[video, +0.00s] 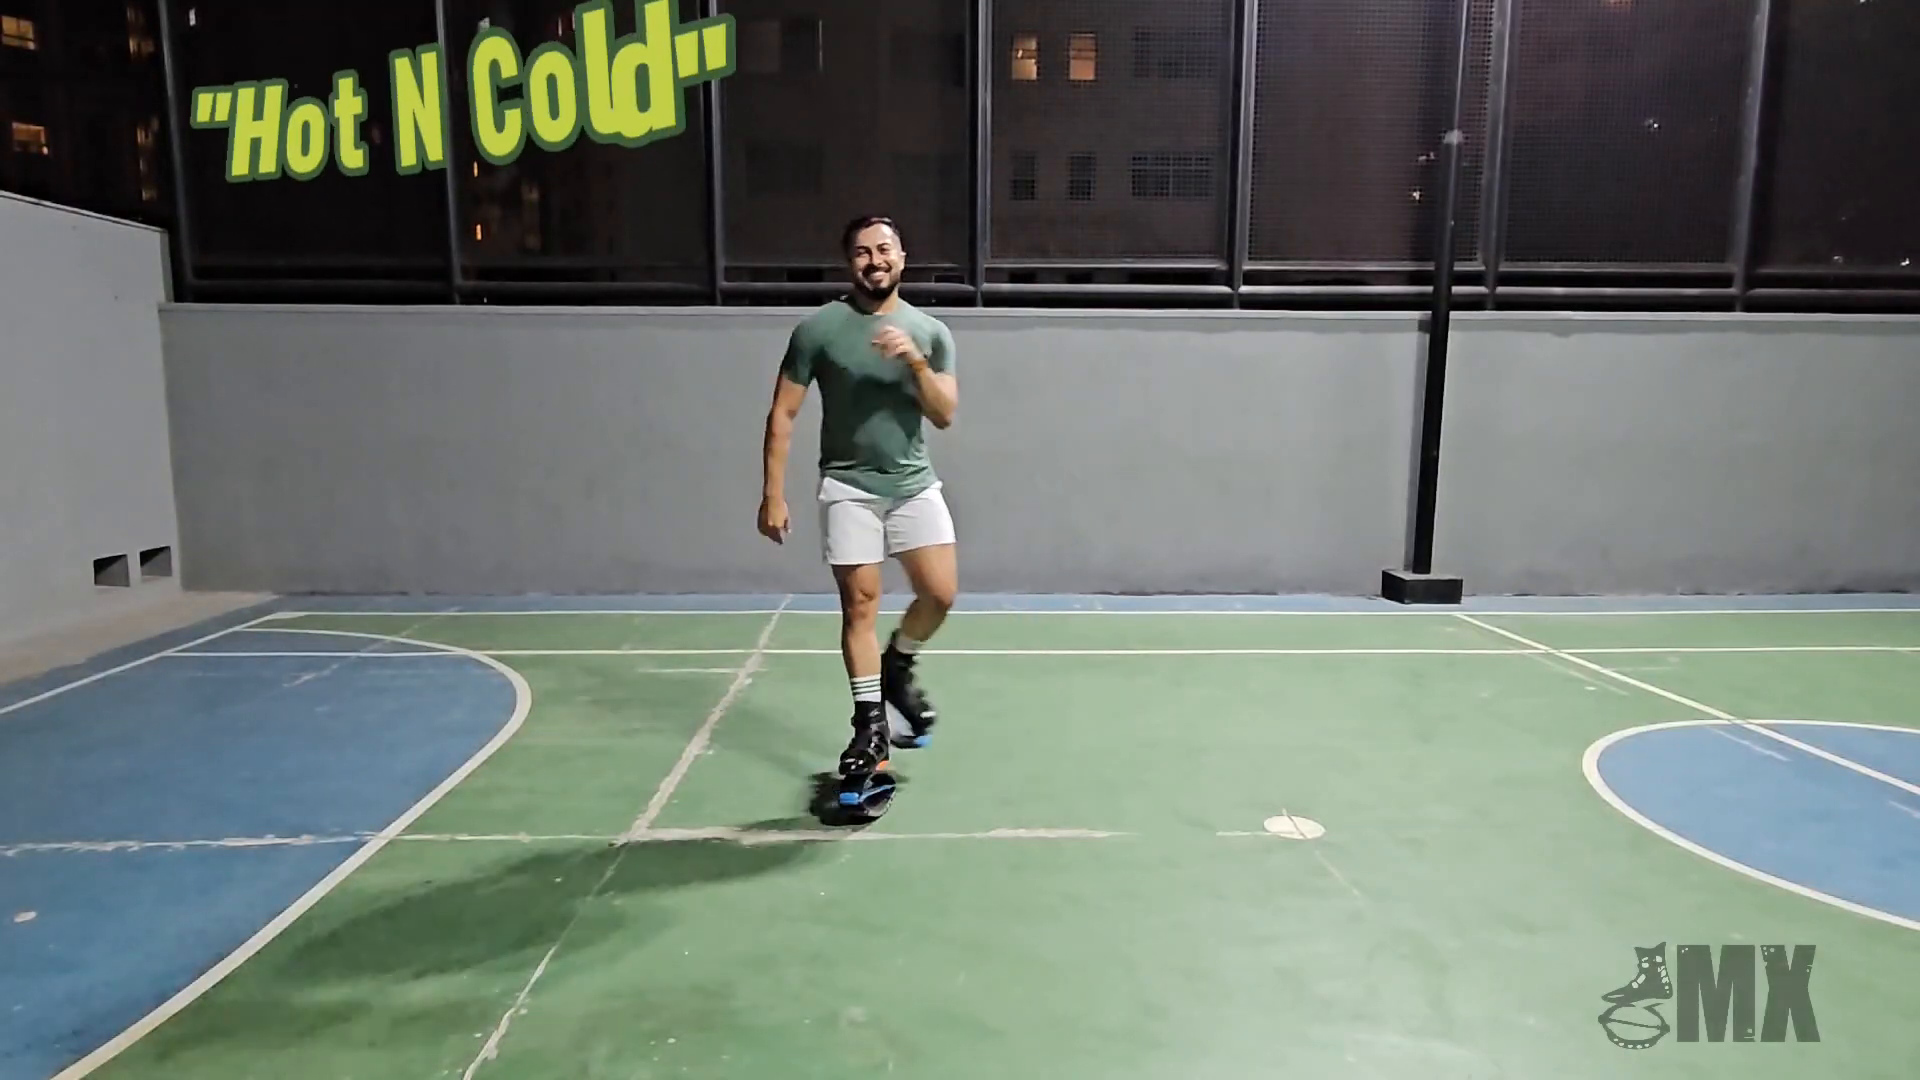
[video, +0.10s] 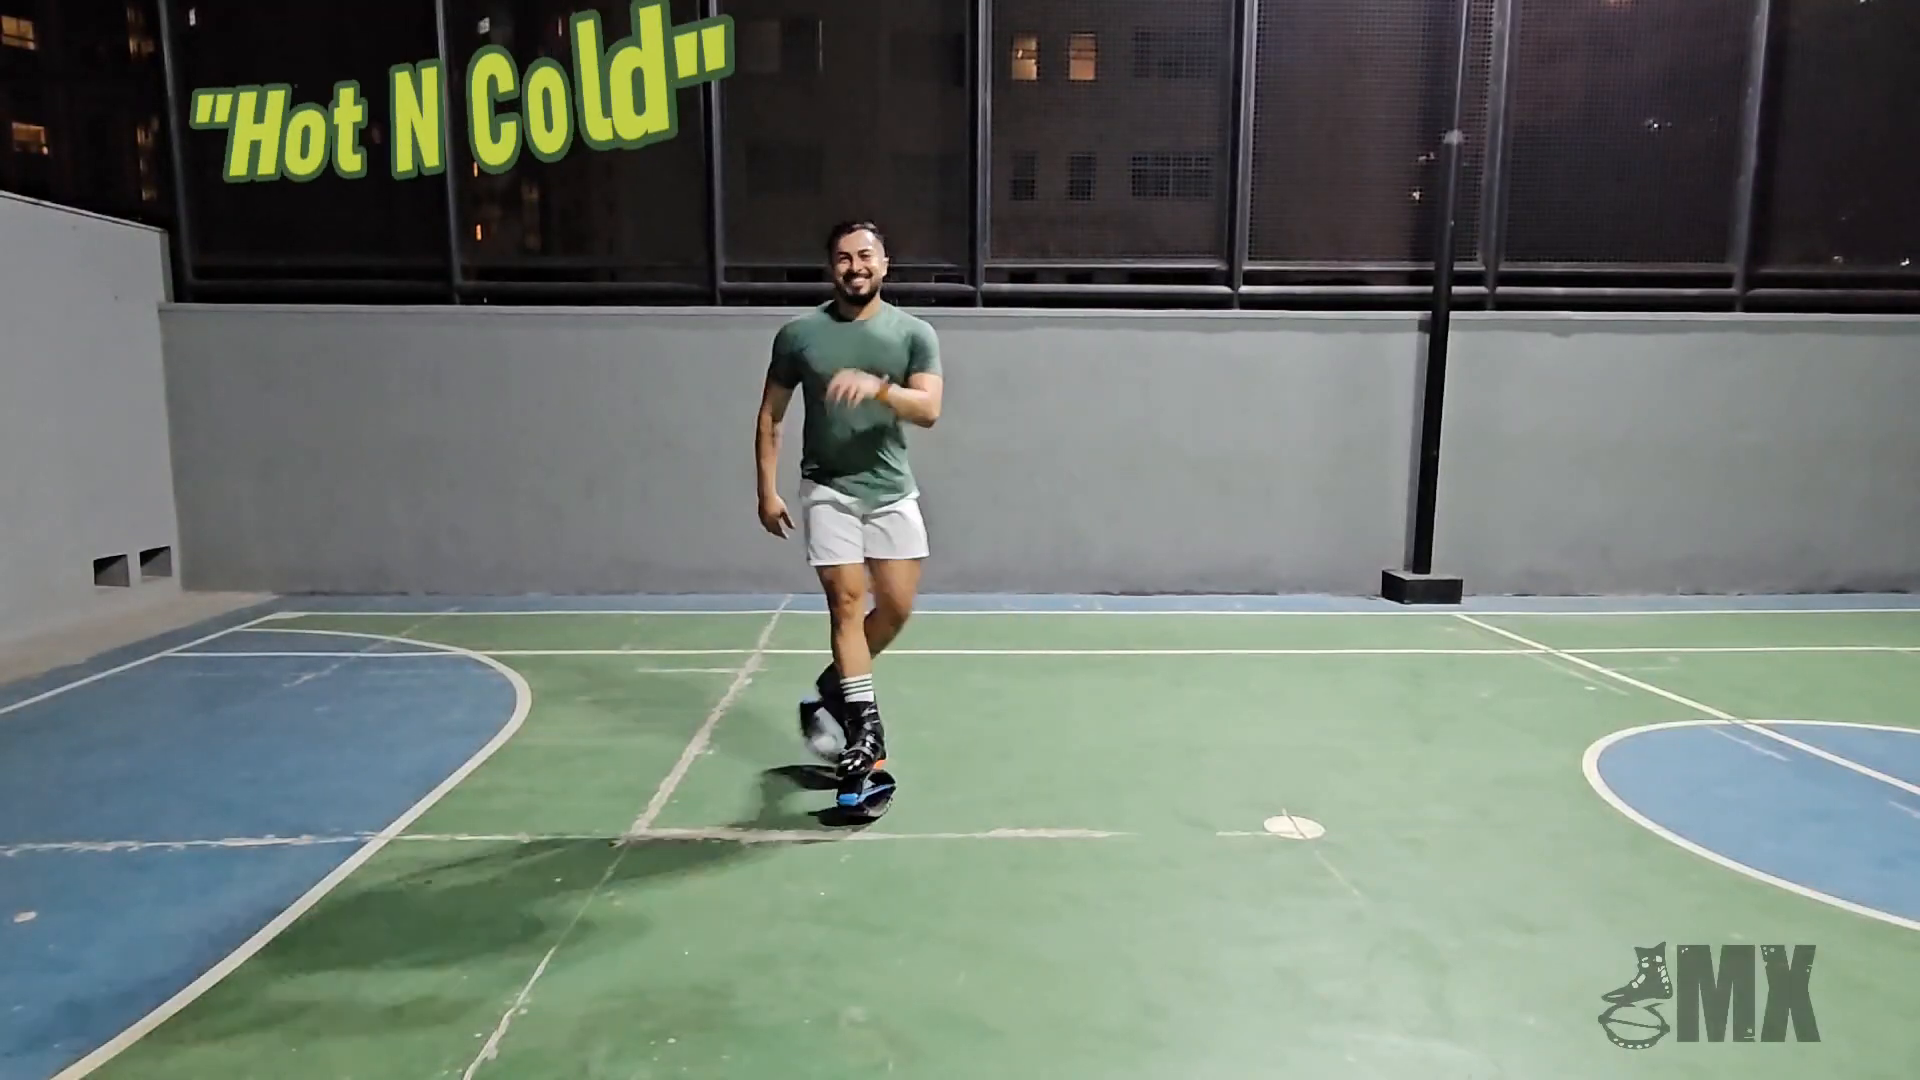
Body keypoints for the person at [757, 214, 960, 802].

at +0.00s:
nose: (875, 259)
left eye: (885, 249)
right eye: (863, 252)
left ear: (903, 259)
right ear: (849, 266)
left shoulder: (931, 331)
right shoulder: (817, 330)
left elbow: (944, 414)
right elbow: (782, 415)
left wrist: (917, 362)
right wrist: (774, 495)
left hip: (915, 482)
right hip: (849, 484)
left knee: (940, 594)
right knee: (860, 602)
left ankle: (895, 665)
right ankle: (869, 729)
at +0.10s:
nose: (855, 265)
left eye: (866, 255)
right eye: (844, 257)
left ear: (885, 264)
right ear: (831, 269)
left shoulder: (915, 333)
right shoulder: (799, 336)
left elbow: (927, 409)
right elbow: (771, 415)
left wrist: (878, 387)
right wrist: (768, 492)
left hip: (893, 488)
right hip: (829, 489)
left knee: (897, 608)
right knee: (846, 600)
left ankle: (827, 696)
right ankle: (866, 737)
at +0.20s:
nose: (836, 273)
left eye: (847, 263)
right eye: (825, 265)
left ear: (868, 272)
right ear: (814, 275)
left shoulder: (894, 341)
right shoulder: (785, 344)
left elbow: (907, 421)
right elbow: (765, 423)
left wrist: (856, 457)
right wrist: (758, 490)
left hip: (868, 490)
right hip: (804, 487)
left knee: (857, 604)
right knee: (818, 595)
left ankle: (811, 693)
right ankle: (854, 733)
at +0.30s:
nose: (816, 272)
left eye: (829, 263)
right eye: (807, 264)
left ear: (851, 274)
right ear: (797, 274)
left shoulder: (875, 344)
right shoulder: (770, 342)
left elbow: (895, 431)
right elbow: (753, 420)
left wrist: (876, 503)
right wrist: (741, 485)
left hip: (851, 490)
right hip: (785, 479)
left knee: (835, 601)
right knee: (779, 577)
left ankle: (812, 700)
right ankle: (802, 706)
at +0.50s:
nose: (785, 261)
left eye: (797, 252)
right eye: (776, 250)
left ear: (816, 261)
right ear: (763, 258)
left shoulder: (844, 326)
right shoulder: (732, 329)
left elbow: (895, 395)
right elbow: (691, 387)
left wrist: (934, 459)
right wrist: (660, 452)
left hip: (821, 478)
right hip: (755, 468)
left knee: (813, 590)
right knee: (722, 571)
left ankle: (801, 694)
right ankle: (718, 687)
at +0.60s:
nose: (771, 268)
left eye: (784, 258)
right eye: (763, 256)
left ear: (801, 267)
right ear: (750, 261)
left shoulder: (828, 328)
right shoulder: (717, 332)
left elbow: (890, 389)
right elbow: (664, 389)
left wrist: (946, 430)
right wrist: (608, 432)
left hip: (803, 485)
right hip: (736, 481)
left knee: (805, 593)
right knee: (712, 592)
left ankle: (798, 696)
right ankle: (696, 705)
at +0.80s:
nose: (750, 271)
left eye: (764, 264)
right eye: (743, 257)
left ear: (781, 274)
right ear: (728, 259)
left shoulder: (796, 334)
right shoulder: (685, 329)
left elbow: (848, 406)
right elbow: (645, 402)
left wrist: (885, 400)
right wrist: (593, 395)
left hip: (774, 475)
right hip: (705, 479)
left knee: (796, 578)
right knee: (698, 591)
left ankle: (794, 682)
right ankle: (694, 714)